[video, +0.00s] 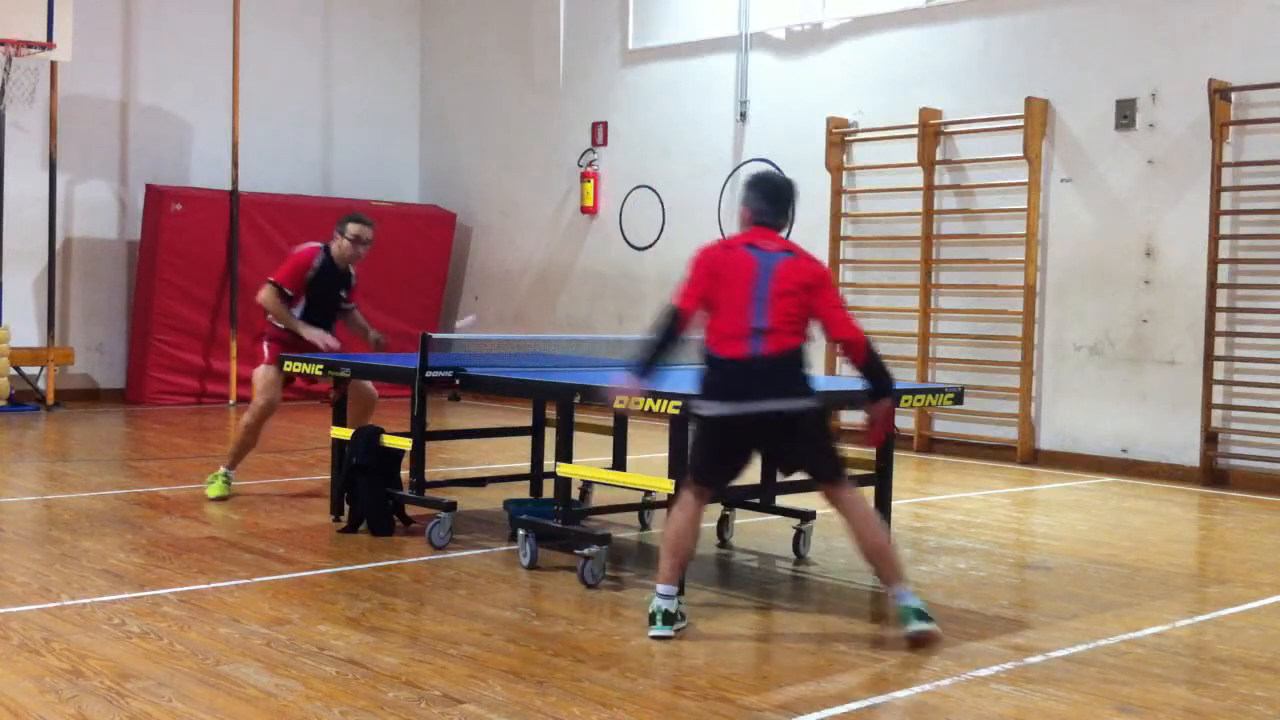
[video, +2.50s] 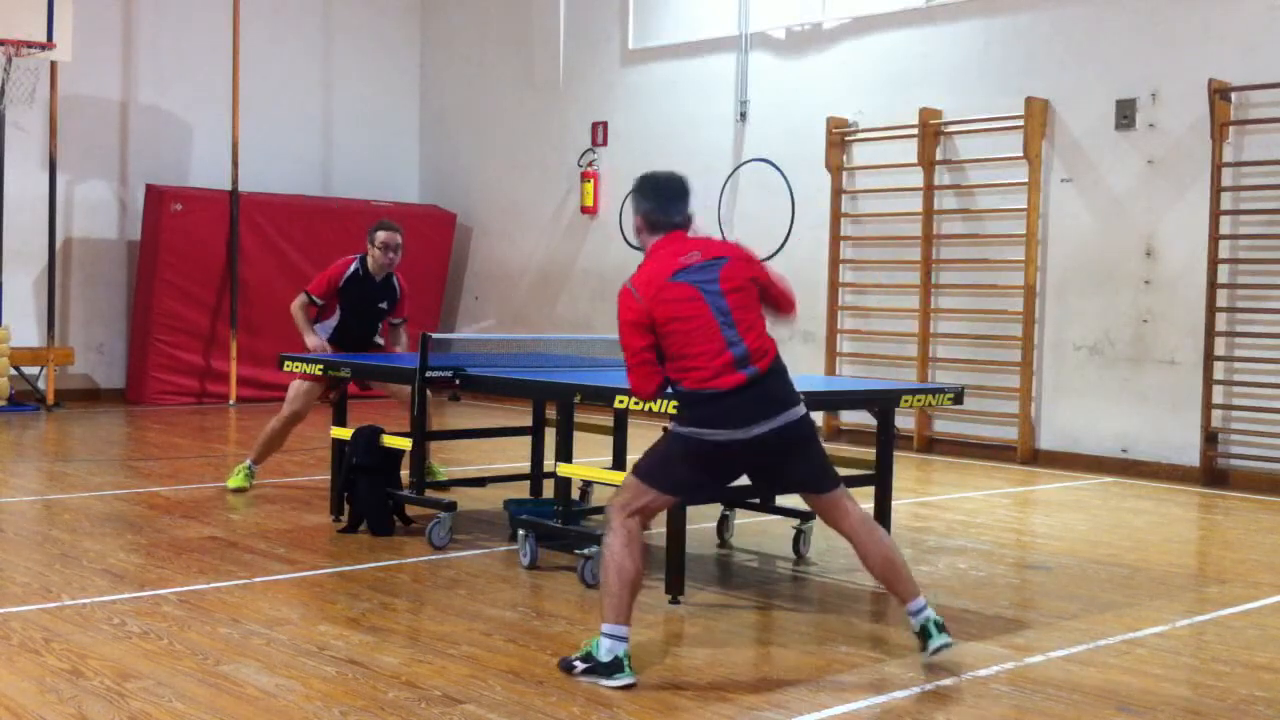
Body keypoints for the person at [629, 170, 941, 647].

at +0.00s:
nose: (741, 212)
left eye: (743, 205)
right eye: (748, 205)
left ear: (746, 211)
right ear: (788, 217)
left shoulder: (713, 257)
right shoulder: (806, 268)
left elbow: (676, 321)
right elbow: (848, 336)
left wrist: (640, 371)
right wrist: (882, 388)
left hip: (725, 404)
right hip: (788, 400)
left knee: (692, 494)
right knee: (843, 492)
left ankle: (664, 603)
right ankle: (906, 601)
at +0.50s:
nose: (817, 207)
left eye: (820, 200)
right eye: (820, 200)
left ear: (830, 203)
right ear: (870, 207)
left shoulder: (810, 250)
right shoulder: (902, 262)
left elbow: (783, 316)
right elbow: (940, 343)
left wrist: (759, 374)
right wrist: (915, 352)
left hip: (820, 412)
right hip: (885, 414)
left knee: (760, 500)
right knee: (913, 501)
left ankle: (731, 623)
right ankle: (949, 615)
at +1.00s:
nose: (956, 269)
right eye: (957, 261)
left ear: (912, 252)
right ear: (953, 261)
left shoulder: (872, 284)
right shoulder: (951, 301)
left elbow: (845, 352)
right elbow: (961, 390)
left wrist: (911, 389)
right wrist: (1007, 449)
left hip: (829, 418)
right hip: (897, 427)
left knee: (766, 517)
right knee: (932, 508)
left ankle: (709, 622)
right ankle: (951, 612)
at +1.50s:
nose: (822, 205)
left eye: (823, 198)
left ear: (827, 203)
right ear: (874, 205)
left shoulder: (803, 254)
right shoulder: (908, 267)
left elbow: (781, 332)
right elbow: (921, 354)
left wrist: (807, 365)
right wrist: (877, 374)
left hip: (822, 422)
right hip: (893, 420)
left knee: (775, 511)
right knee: (925, 510)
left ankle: (780, 642)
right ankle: (955, 615)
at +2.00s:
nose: (879, 228)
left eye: (872, 220)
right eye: (879, 221)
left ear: (830, 217)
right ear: (876, 223)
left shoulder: (790, 264)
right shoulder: (869, 269)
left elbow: (782, 350)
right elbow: (882, 349)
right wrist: (936, 413)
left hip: (766, 422)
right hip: (836, 426)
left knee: (716, 515)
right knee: (910, 509)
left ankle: (647, 609)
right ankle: (937, 638)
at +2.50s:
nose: (633, 226)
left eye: (633, 219)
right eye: (635, 219)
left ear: (639, 222)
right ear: (688, 217)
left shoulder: (638, 291)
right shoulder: (733, 255)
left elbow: (645, 385)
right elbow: (786, 305)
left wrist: (678, 347)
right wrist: (734, 283)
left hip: (709, 435)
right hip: (782, 421)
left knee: (625, 514)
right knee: (849, 516)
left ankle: (610, 650)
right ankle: (926, 621)